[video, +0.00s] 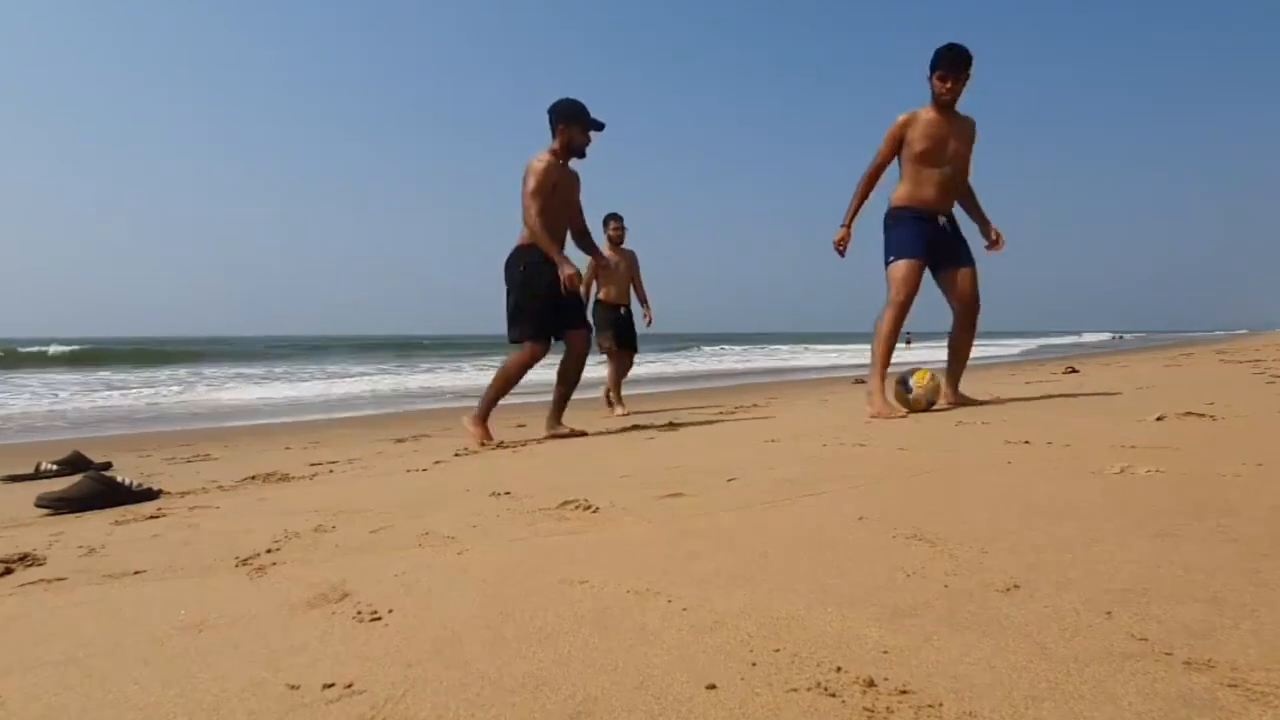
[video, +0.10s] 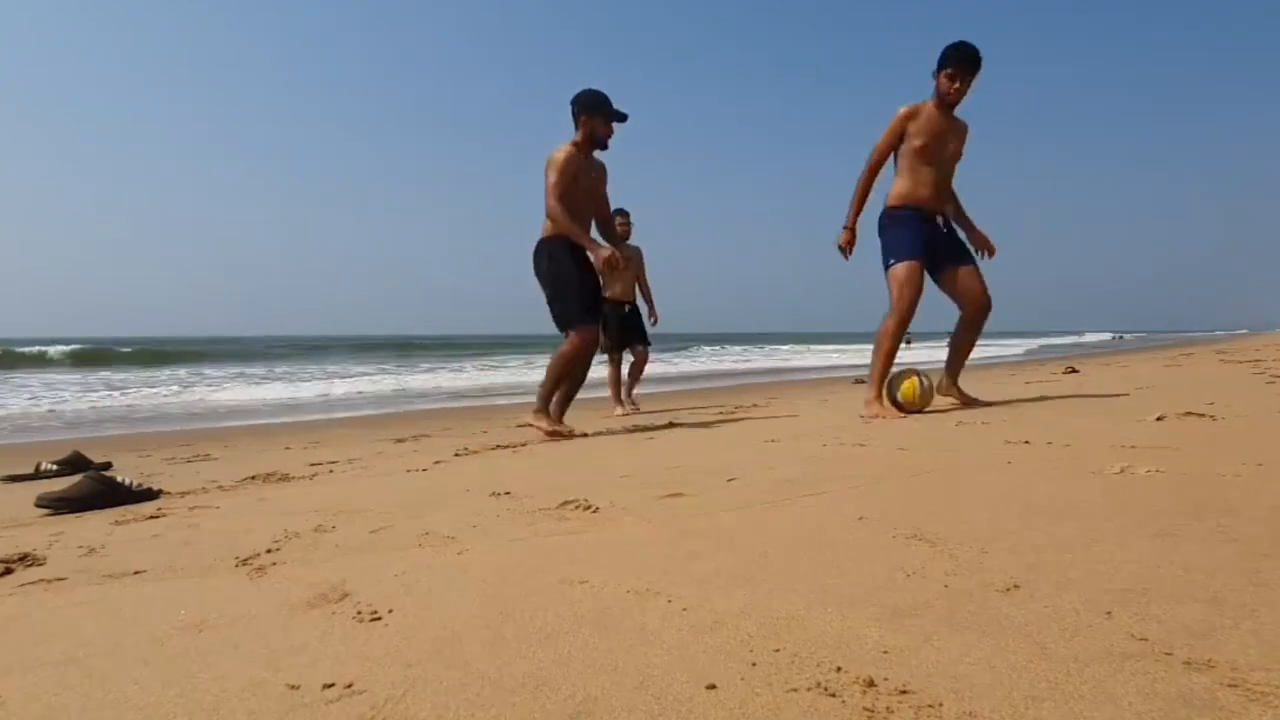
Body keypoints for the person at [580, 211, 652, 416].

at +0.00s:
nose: (620, 233)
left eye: (622, 229)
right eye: (615, 229)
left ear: (625, 231)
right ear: (606, 232)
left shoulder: (630, 256)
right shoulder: (598, 258)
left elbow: (637, 282)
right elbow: (586, 285)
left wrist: (645, 305)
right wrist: (583, 311)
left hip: (624, 307)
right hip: (604, 305)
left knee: (628, 355)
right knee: (613, 354)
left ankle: (610, 388)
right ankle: (618, 402)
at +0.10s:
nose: (626, 229)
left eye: (628, 225)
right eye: (621, 225)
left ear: (631, 227)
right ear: (611, 228)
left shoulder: (636, 252)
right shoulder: (604, 254)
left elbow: (642, 280)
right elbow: (593, 281)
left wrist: (651, 305)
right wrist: (593, 310)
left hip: (630, 304)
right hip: (611, 304)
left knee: (641, 354)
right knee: (615, 358)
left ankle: (628, 393)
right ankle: (617, 401)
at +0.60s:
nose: (656, 220)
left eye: (659, 215)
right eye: (652, 216)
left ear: (663, 217)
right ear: (643, 217)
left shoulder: (667, 243)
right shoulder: (632, 243)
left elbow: (676, 273)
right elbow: (620, 272)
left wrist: (684, 300)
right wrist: (619, 304)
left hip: (661, 299)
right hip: (639, 298)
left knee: (669, 352)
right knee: (636, 353)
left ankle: (670, 401)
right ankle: (624, 398)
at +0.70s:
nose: (664, 224)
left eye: (666, 220)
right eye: (660, 220)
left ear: (668, 223)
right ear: (649, 221)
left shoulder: (668, 247)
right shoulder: (634, 246)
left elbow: (674, 276)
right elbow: (617, 275)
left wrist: (690, 301)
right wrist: (609, 305)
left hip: (662, 303)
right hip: (641, 303)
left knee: (681, 347)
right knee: (641, 354)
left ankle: (673, 398)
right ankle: (631, 402)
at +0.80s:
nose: (671, 231)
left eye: (672, 227)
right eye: (668, 227)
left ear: (668, 229)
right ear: (654, 226)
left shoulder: (668, 254)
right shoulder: (635, 253)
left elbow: (672, 285)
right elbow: (611, 280)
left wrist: (689, 307)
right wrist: (593, 308)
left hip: (665, 310)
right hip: (643, 312)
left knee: (700, 343)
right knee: (649, 360)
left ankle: (699, 387)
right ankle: (633, 404)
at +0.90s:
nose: (672, 237)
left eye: (674, 233)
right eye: (669, 232)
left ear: (673, 233)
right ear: (658, 231)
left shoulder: (669, 258)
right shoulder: (642, 258)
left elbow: (667, 289)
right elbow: (616, 284)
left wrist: (681, 312)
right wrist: (595, 311)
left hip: (672, 313)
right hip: (651, 316)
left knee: (708, 342)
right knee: (660, 366)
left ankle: (726, 381)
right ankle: (635, 405)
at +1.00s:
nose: (678, 239)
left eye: (681, 234)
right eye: (675, 234)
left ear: (684, 235)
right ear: (668, 233)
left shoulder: (687, 257)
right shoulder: (656, 260)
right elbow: (633, 288)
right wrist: (619, 318)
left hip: (682, 311)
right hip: (661, 313)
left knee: (713, 339)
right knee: (665, 368)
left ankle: (733, 383)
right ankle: (637, 403)